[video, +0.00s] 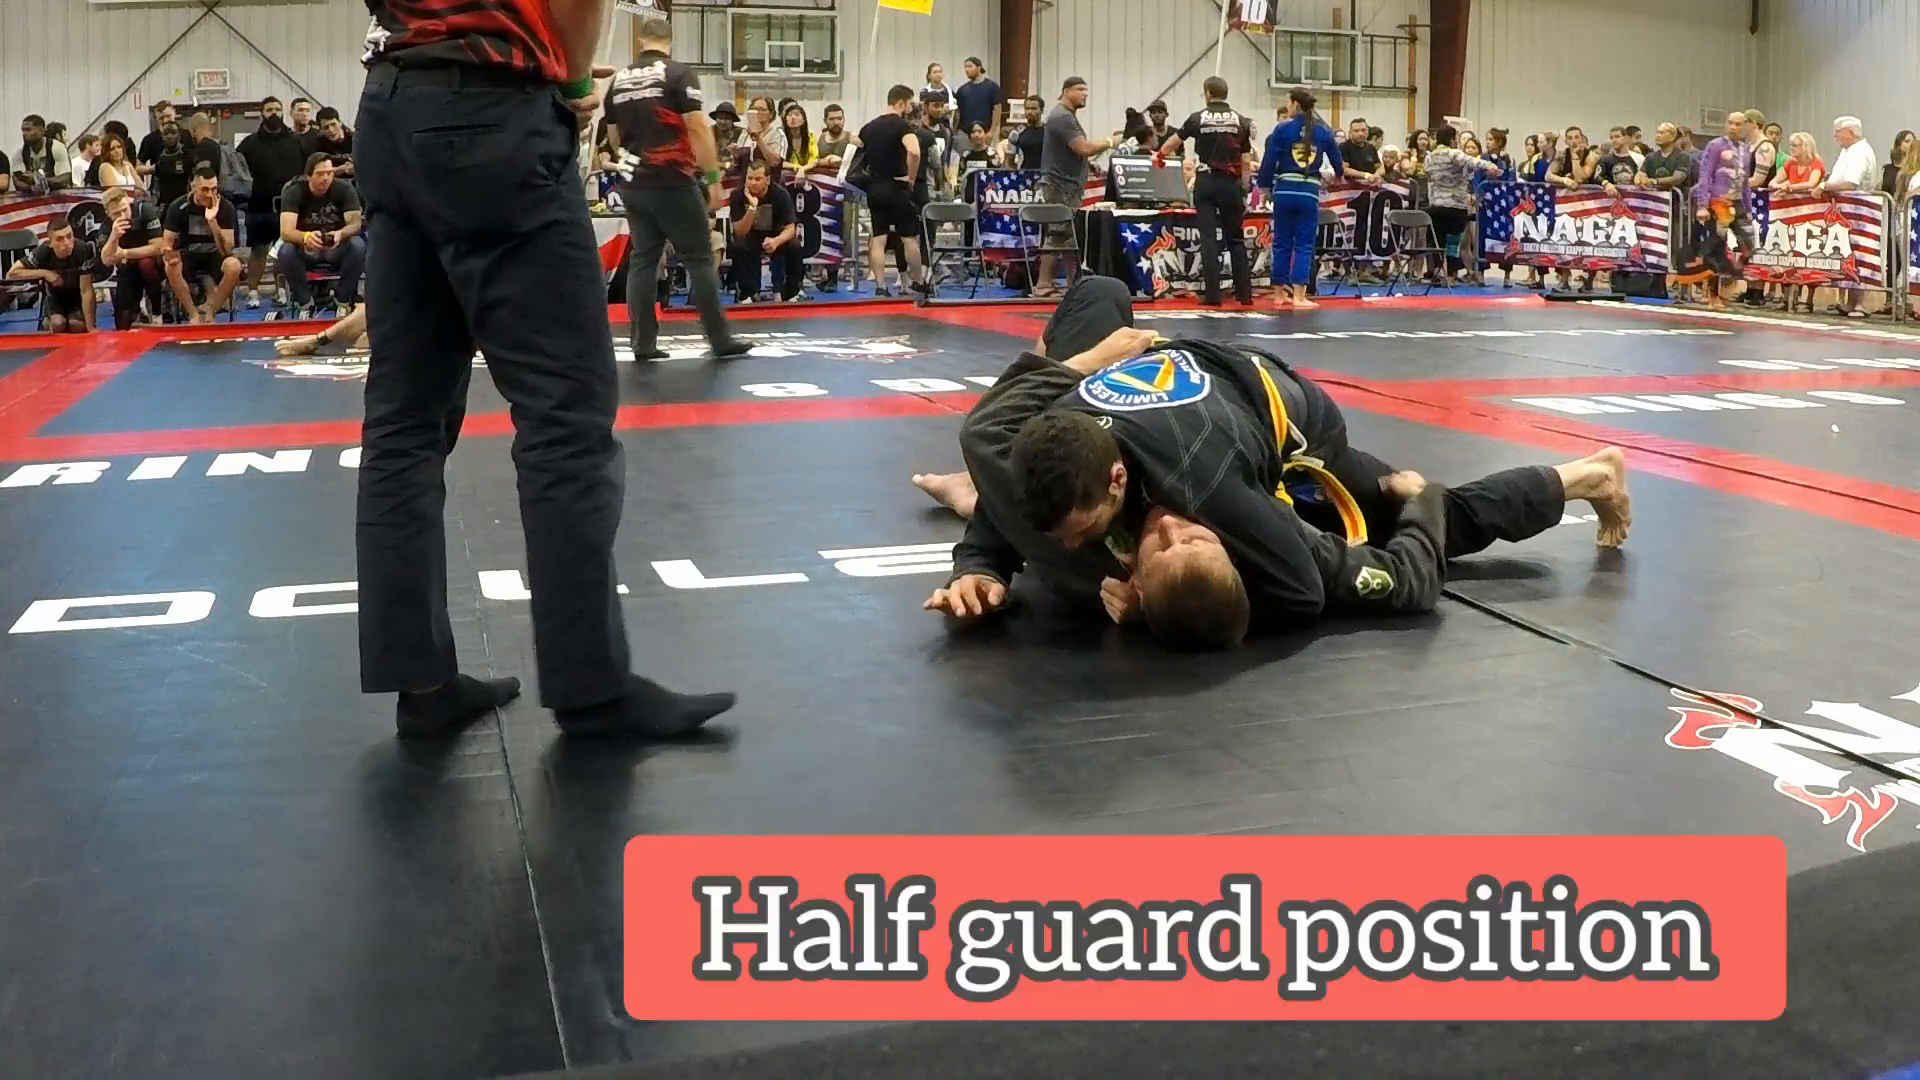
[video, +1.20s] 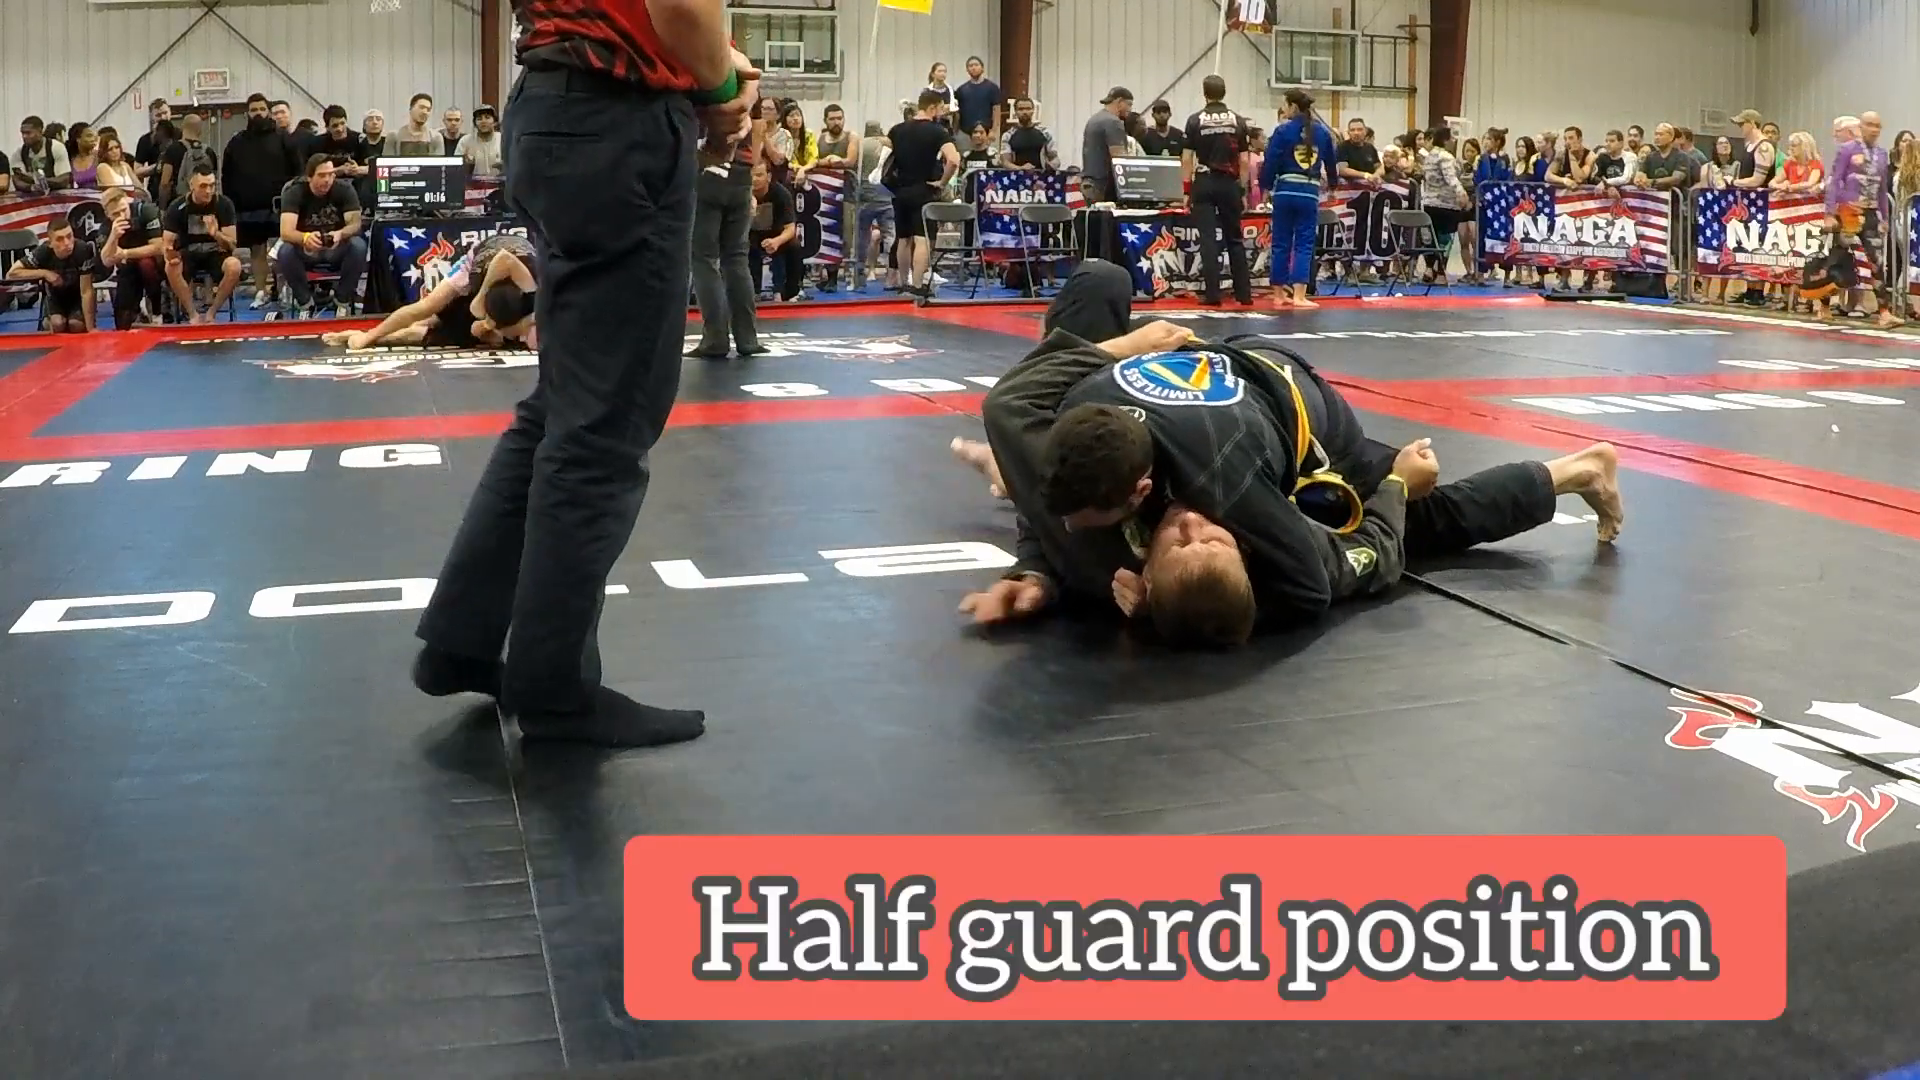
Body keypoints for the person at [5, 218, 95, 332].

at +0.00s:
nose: (67, 243)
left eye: (69, 237)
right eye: (60, 239)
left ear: (73, 235)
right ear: (50, 241)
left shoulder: (83, 249)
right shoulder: (44, 251)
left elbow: (86, 290)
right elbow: (12, 273)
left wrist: (91, 328)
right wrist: (44, 273)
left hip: (78, 292)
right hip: (56, 292)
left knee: (78, 325)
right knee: (58, 323)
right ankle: (46, 324)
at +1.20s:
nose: (67, 243)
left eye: (69, 237)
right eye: (60, 239)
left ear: (73, 235)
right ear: (50, 241)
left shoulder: (83, 250)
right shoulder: (44, 251)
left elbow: (86, 291)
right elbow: (12, 273)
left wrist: (91, 328)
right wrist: (44, 273)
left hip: (78, 291)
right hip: (55, 292)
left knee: (76, 324)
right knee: (58, 323)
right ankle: (46, 323)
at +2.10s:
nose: (67, 243)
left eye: (69, 236)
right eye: (60, 239)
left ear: (73, 234)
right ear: (50, 241)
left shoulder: (83, 250)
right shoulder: (44, 252)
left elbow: (86, 291)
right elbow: (12, 273)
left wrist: (91, 328)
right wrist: (44, 273)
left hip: (78, 293)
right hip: (55, 294)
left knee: (76, 325)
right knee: (58, 323)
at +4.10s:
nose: (67, 243)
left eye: (69, 237)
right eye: (60, 239)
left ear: (73, 235)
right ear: (50, 240)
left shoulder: (83, 249)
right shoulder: (44, 251)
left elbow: (86, 290)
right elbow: (12, 273)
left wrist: (91, 328)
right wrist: (44, 273)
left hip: (78, 292)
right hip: (55, 292)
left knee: (77, 325)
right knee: (58, 323)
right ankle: (46, 323)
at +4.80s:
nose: (67, 243)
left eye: (69, 237)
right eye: (60, 239)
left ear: (73, 235)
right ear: (50, 240)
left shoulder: (83, 249)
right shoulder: (44, 251)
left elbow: (86, 290)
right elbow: (12, 274)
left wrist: (91, 327)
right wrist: (44, 274)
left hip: (78, 292)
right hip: (55, 292)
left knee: (76, 324)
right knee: (58, 323)